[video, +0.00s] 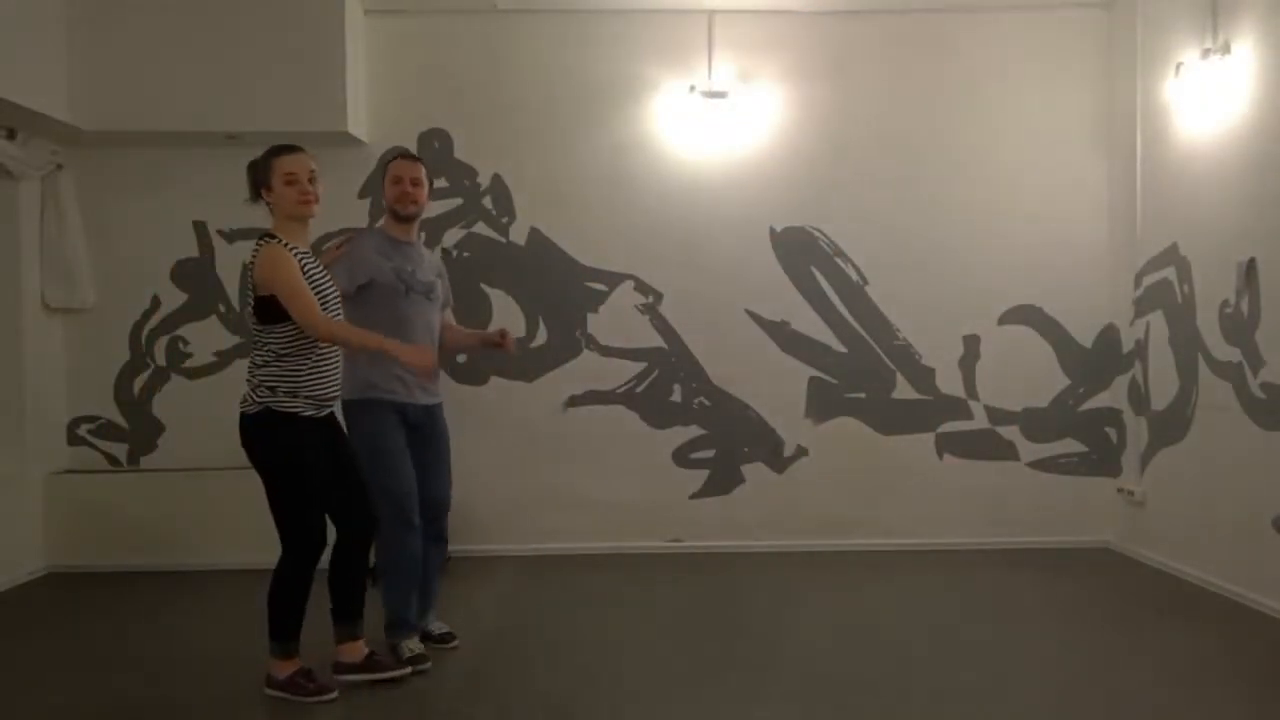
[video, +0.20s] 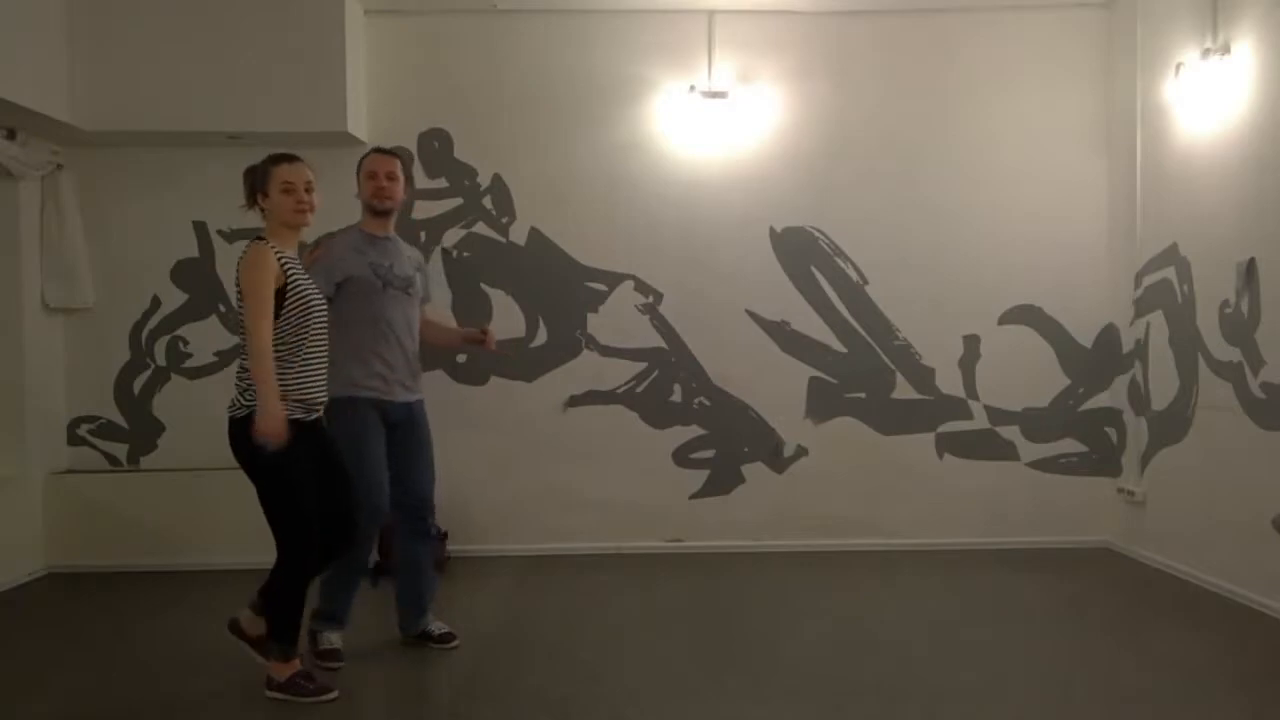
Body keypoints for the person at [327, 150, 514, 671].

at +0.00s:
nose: (407, 190)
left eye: (415, 183)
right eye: (398, 182)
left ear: (427, 194)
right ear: (382, 192)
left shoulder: (432, 263)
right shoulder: (359, 249)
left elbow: (445, 333)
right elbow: (309, 300)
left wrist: (484, 337)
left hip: (425, 401)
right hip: (372, 401)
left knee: (434, 510)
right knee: (400, 512)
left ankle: (422, 617)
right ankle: (400, 632)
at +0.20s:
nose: (383, 185)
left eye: (391, 178)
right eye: (374, 178)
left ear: (405, 190)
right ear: (359, 187)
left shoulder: (414, 259)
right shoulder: (334, 250)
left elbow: (419, 323)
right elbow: (297, 316)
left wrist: (468, 337)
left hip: (406, 398)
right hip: (351, 398)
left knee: (416, 510)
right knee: (367, 509)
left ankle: (417, 619)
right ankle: (329, 623)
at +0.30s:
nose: (365, 187)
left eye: (373, 180)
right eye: (355, 180)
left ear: (387, 192)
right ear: (341, 190)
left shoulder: (399, 262)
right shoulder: (319, 252)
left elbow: (400, 325)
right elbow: (280, 310)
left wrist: (450, 337)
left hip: (391, 405)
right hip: (335, 405)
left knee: (409, 510)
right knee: (335, 518)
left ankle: (416, 618)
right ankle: (291, 625)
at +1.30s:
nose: (294, 188)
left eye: (305, 179)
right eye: (287, 181)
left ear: (330, 191)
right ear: (279, 193)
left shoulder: (355, 259)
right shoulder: (261, 257)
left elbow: (356, 335)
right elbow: (212, 306)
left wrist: (277, 319)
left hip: (335, 414)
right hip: (273, 413)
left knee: (330, 516)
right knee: (283, 524)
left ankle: (344, 594)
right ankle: (311, 631)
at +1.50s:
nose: (281, 177)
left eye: (293, 169)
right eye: (275, 169)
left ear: (320, 181)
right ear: (270, 181)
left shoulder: (345, 248)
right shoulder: (266, 252)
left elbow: (347, 329)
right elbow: (225, 303)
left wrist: (266, 319)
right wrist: (232, 297)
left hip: (323, 402)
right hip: (273, 402)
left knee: (297, 509)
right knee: (281, 517)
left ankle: (341, 628)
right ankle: (307, 631)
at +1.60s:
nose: (273, 177)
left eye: (285, 169)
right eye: (267, 169)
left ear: (314, 181)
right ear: (263, 181)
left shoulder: (337, 247)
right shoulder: (271, 252)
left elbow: (338, 331)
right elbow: (239, 313)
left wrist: (254, 329)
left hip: (320, 408)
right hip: (278, 408)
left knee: (298, 526)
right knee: (278, 523)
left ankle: (312, 659)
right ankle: (304, 645)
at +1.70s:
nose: (259, 176)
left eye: (271, 168)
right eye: (257, 168)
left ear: (305, 180)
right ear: (264, 182)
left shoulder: (325, 246)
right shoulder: (280, 252)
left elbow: (319, 332)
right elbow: (269, 327)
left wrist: (229, 341)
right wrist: (212, 333)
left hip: (318, 410)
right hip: (290, 410)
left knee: (284, 529)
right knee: (289, 528)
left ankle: (306, 662)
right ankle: (310, 645)